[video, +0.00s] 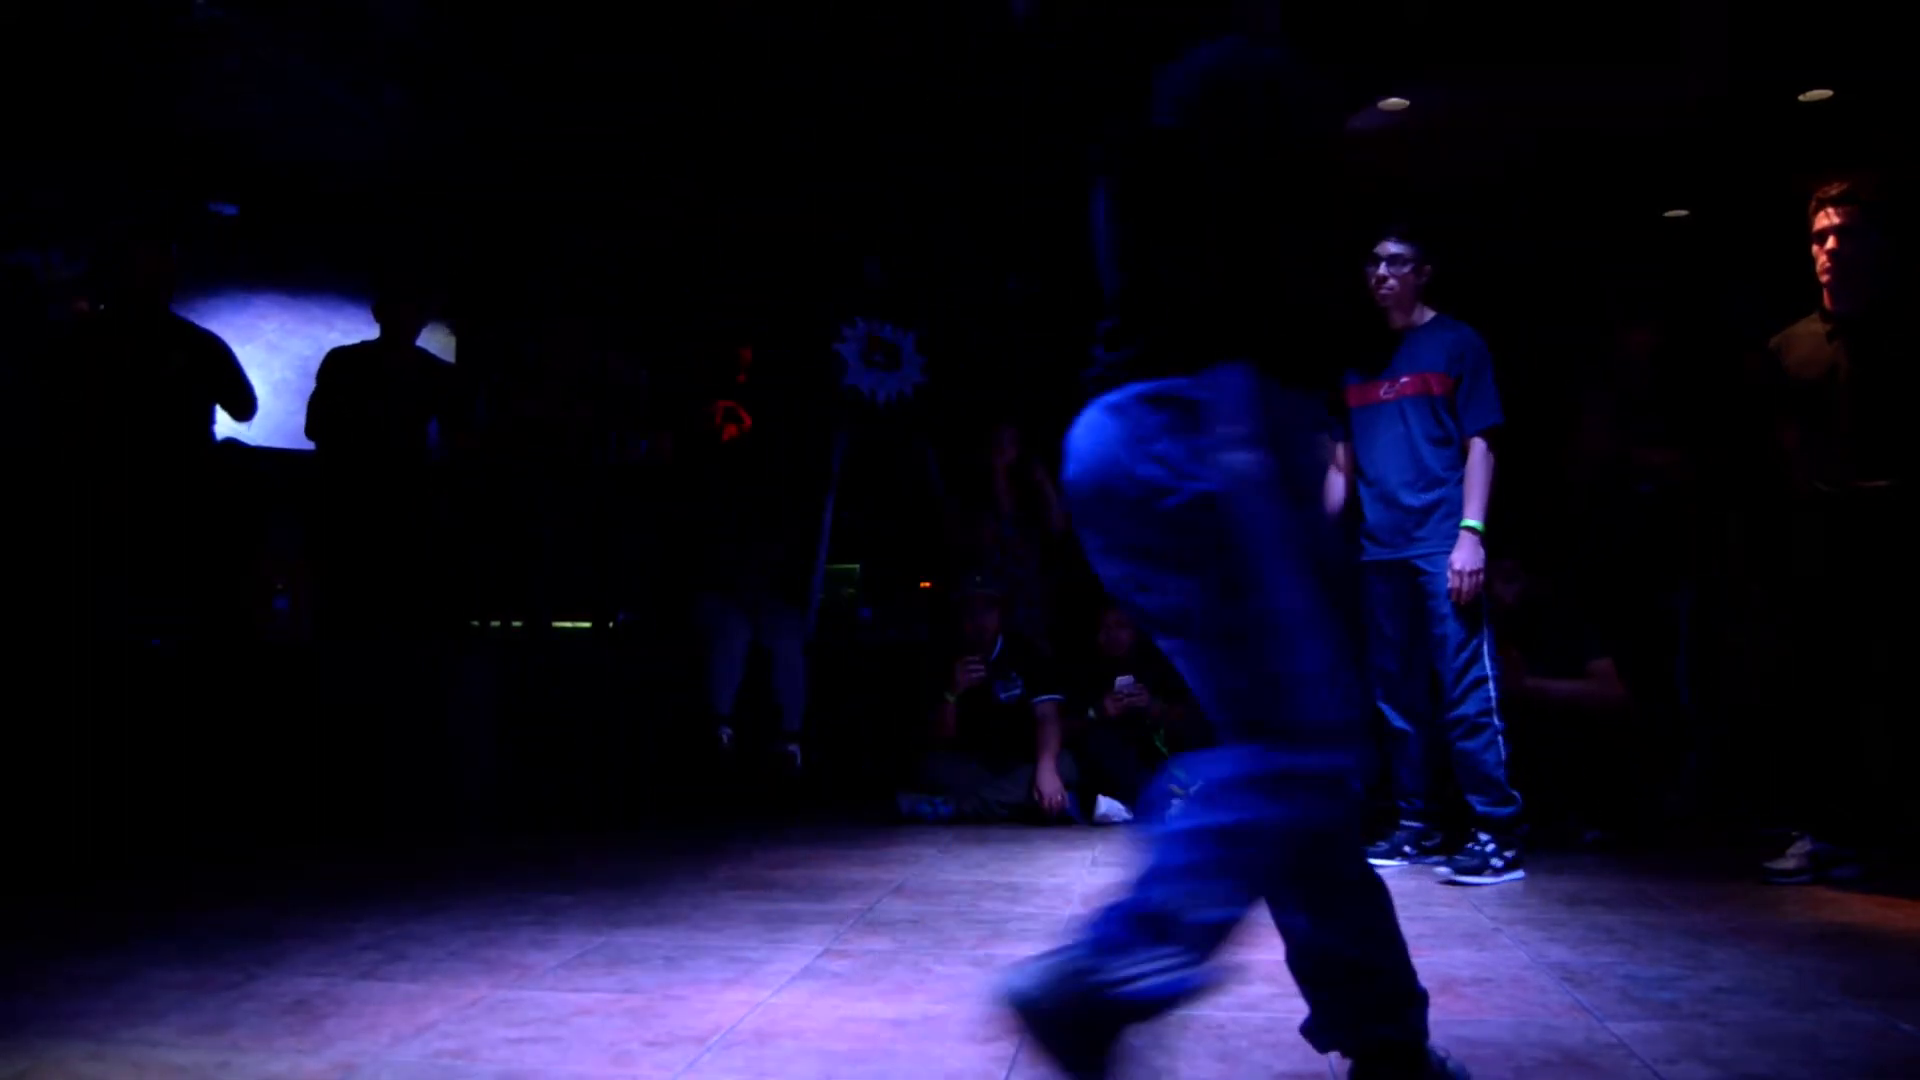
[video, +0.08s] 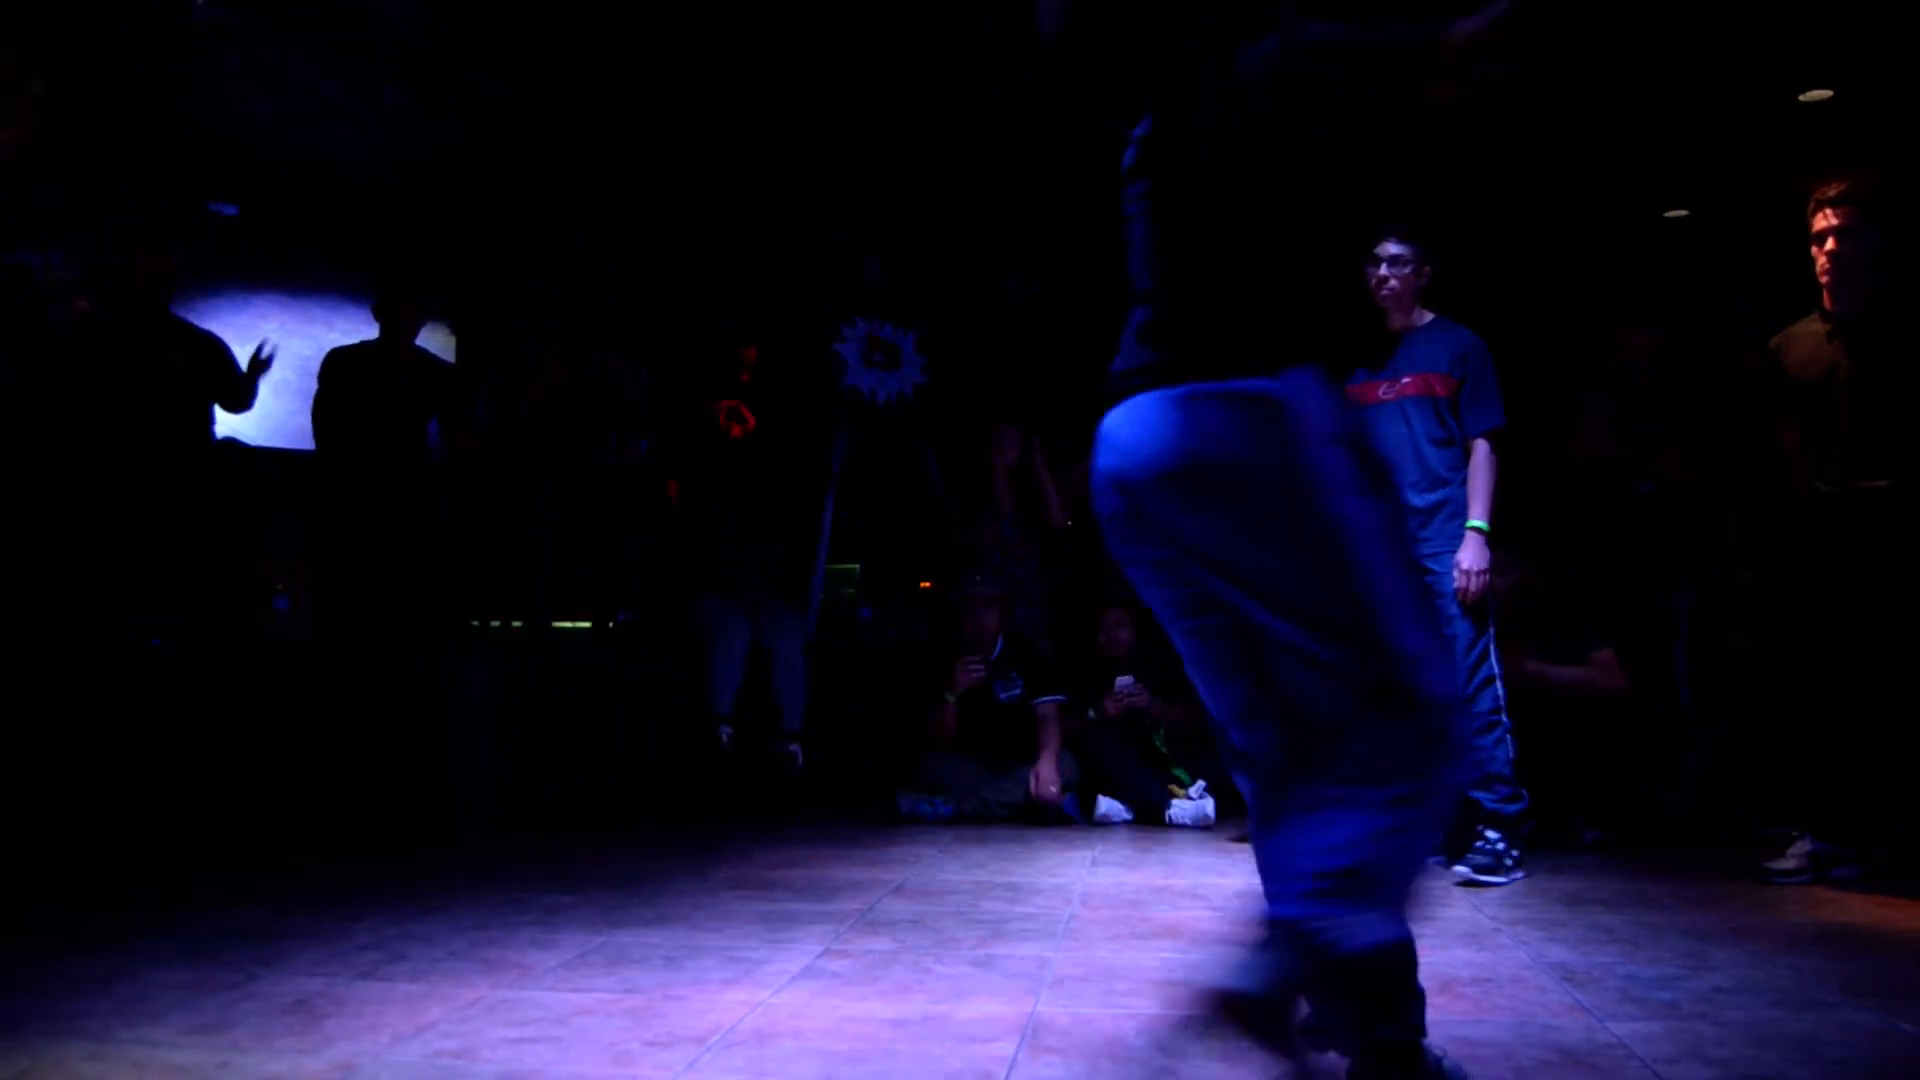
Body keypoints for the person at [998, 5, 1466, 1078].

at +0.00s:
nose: (1399, 277)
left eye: (1408, 259)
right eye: (1389, 259)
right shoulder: (1262, 104)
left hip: (1134, 433)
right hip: (1195, 436)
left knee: (1282, 754)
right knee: (1314, 747)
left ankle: (1384, 1039)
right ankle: (1091, 984)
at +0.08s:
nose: (1398, 284)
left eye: (1410, 268)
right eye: (1384, 267)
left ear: (1439, 278)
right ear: (1353, 271)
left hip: (1140, 422)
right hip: (1256, 410)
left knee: (1272, 732)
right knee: (1411, 711)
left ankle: (1371, 1023)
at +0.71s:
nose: (1226, 136)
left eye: (1231, 119)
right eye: (1230, 119)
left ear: (1252, 125)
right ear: (1339, 120)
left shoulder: (1229, 212)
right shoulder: (1396, 205)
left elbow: (1098, 291)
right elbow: (1494, 264)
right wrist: (1586, 286)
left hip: (1280, 463)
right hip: (1404, 456)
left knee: (1239, 683)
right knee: (1424, 699)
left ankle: (1304, 886)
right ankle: (1461, 947)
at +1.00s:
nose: (1096, 223)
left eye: (1103, 207)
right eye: (1099, 206)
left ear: (1123, 209)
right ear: (1201, 200)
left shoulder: (1123, 285)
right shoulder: (1266, 277)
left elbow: (1048, 380)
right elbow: (1334, 374)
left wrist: (910, 455)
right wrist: (1329, 466)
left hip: (1170, 511)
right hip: (1280, 504)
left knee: (1166, 711)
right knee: (1318, 707)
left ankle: (1176, 898)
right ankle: (1426, 874)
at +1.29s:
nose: (987, 193)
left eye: (997, 183)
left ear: (1005, 195)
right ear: (1066, 202)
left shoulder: (984, 287)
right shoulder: (1082, 286)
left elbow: (871, 343)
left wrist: (812, 268)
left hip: (1037, 499)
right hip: (1099, 487)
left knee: (1096, 681)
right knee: (1004, 672)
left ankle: (1170, 882)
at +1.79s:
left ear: (654, 248)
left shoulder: (688, 298)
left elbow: (714, 398)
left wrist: (655, 489)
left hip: (721, 505)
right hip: (763, 504)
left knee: (613, 664)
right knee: (768, 690)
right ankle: (804, 867)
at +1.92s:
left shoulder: (596, 306)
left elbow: (663, 404)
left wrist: (606, 484)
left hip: (626, 520)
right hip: (668, 517)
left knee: (529, 689)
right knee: (706, 700)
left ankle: (449, 860)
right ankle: (793, 857)